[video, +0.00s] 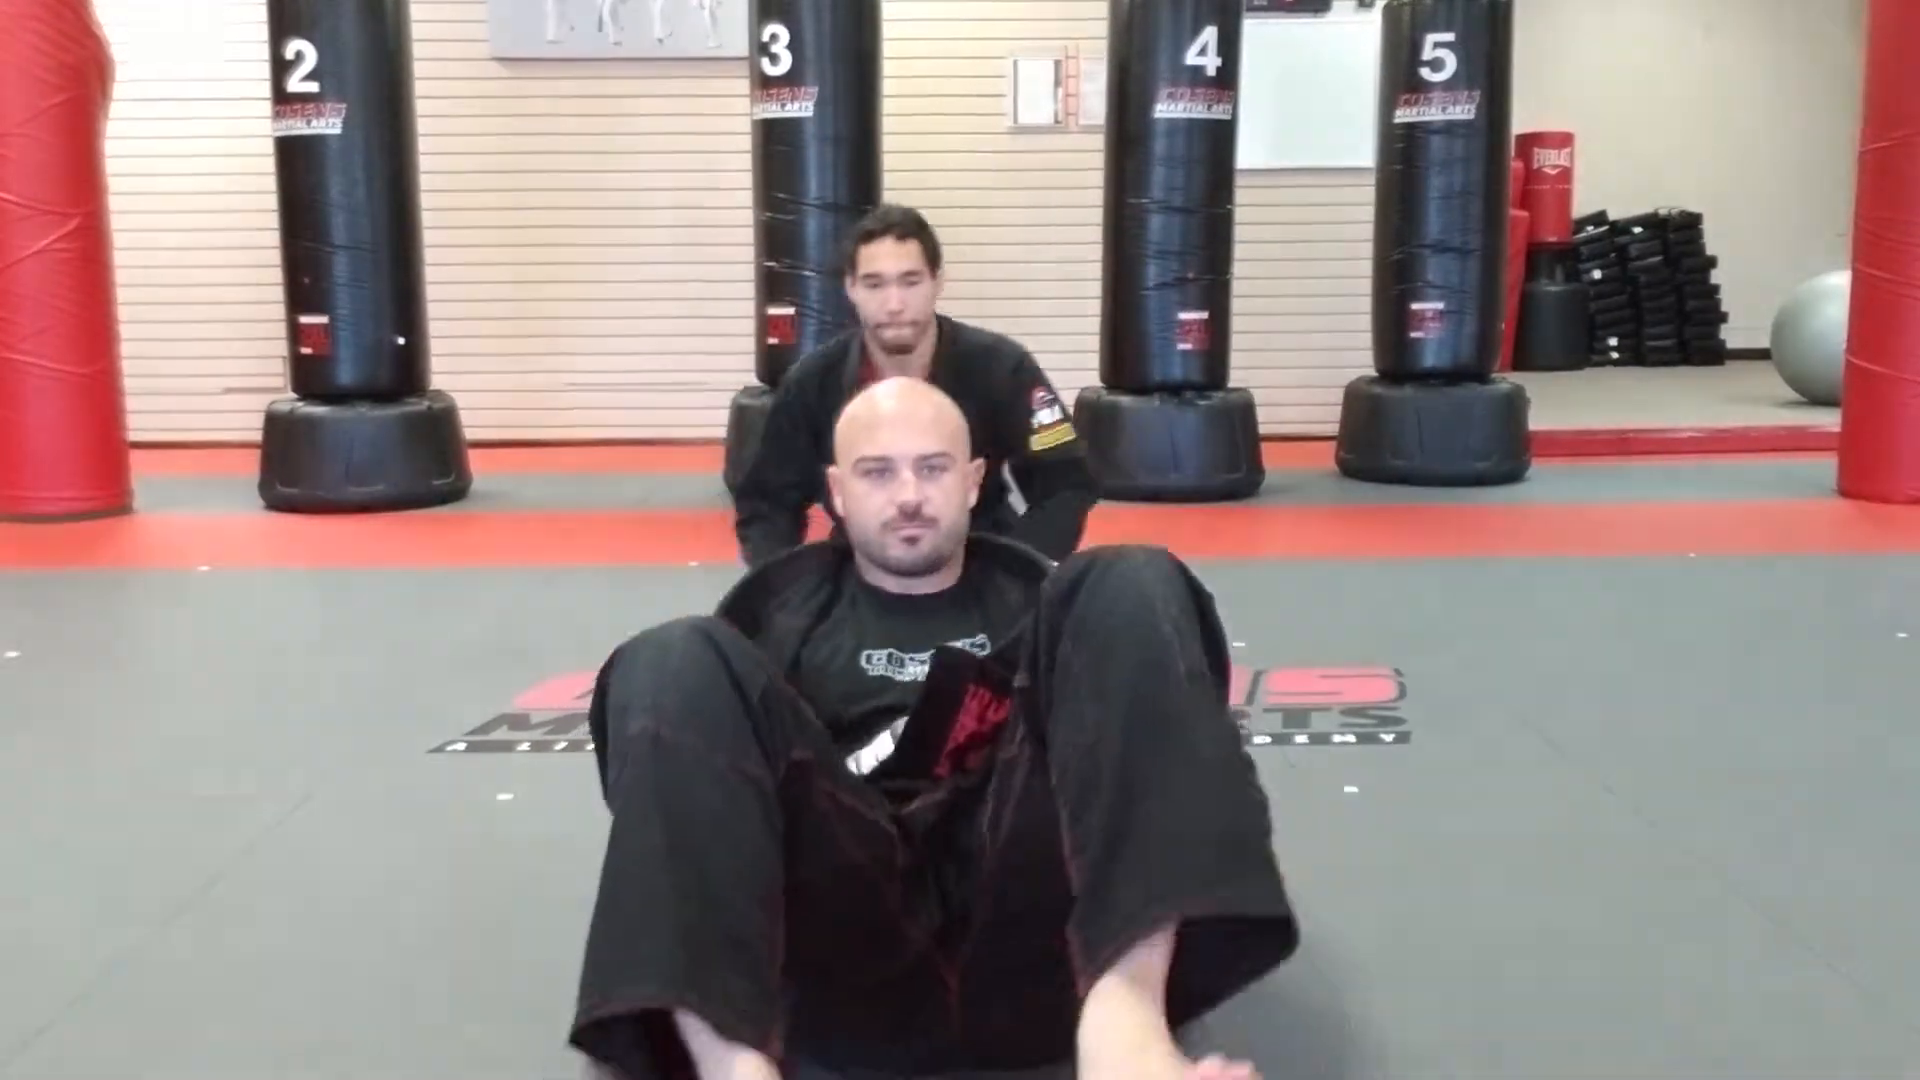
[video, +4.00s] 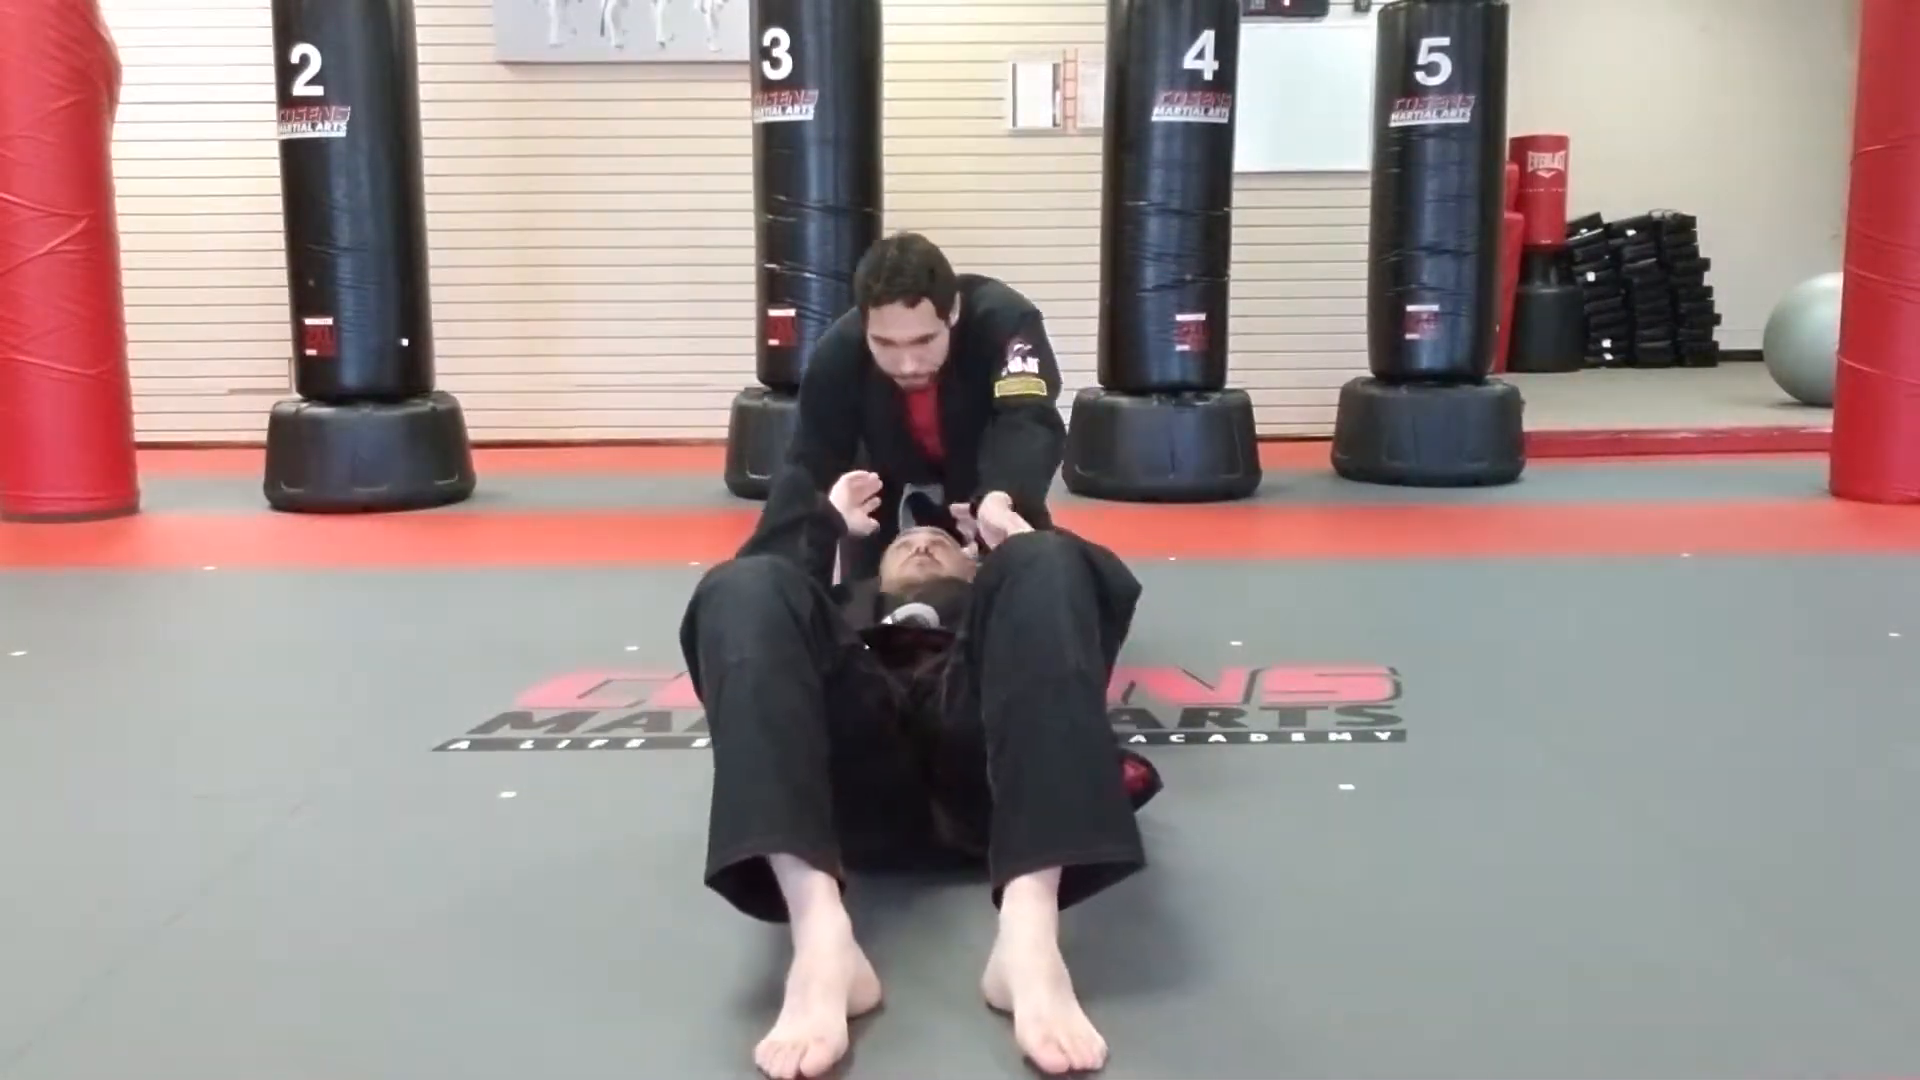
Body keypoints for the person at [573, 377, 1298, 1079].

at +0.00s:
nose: (908, 497)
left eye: (933, 469)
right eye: (878, 473)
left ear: (976, 481)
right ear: (833, 494)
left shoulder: (1054, 605)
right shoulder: (772, 609)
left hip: (1030, 938)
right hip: (829, 935)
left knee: (1138, 582)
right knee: (668, 663)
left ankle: (1129, 1027)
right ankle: (730, 1058)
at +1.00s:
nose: (877, 631)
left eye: (893, 627)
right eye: (853, 632)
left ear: (933, 641)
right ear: (814, 664)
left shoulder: (1010, 677)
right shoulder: (793, 712)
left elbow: (1185, 672)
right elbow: (689, 710)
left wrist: (1045, 608)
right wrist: (787, 590)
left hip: (1047, 919)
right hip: (853, 929)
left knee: (1139, 600)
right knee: (666, 661)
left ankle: (1163, 1050)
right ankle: (638, 1062)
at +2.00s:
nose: (1129, 590)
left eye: (1154, 601)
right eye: (1125, 582)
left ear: (1185, 661)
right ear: (1075, 595)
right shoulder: (986, 593)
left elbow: (1176, 799)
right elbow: (855, 511)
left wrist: (1263, 682)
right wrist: (915, 448)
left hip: (1013, 792)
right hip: (862, 741)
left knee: (1128, 628)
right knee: (748, 660)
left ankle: (1131, 1016)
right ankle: (734, 1046)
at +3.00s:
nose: (768, 563)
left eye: (781, 550)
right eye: (745, 567)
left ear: (819, 559)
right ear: (732, 606)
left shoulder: (902, 579)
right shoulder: (741, 653)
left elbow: (1038, 542)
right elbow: (662, 716)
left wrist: (906, 479)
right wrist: (646, 552)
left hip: (1006, 731)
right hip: (874, 775)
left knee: (1074, 557)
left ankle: (1026, 936)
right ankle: (769, 1012)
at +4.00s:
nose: (923, 544)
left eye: (945, 544)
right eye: (904, 545)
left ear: (978, 577)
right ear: (871, 578)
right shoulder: (826, 619)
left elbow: (1114, 592)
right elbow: (757, 584)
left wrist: (1016, 544)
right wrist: (828, 525)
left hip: (994, 793)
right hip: (844, 795)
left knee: (1049, 564)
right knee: (743, 589)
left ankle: (1030, 938)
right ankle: (822, 940)